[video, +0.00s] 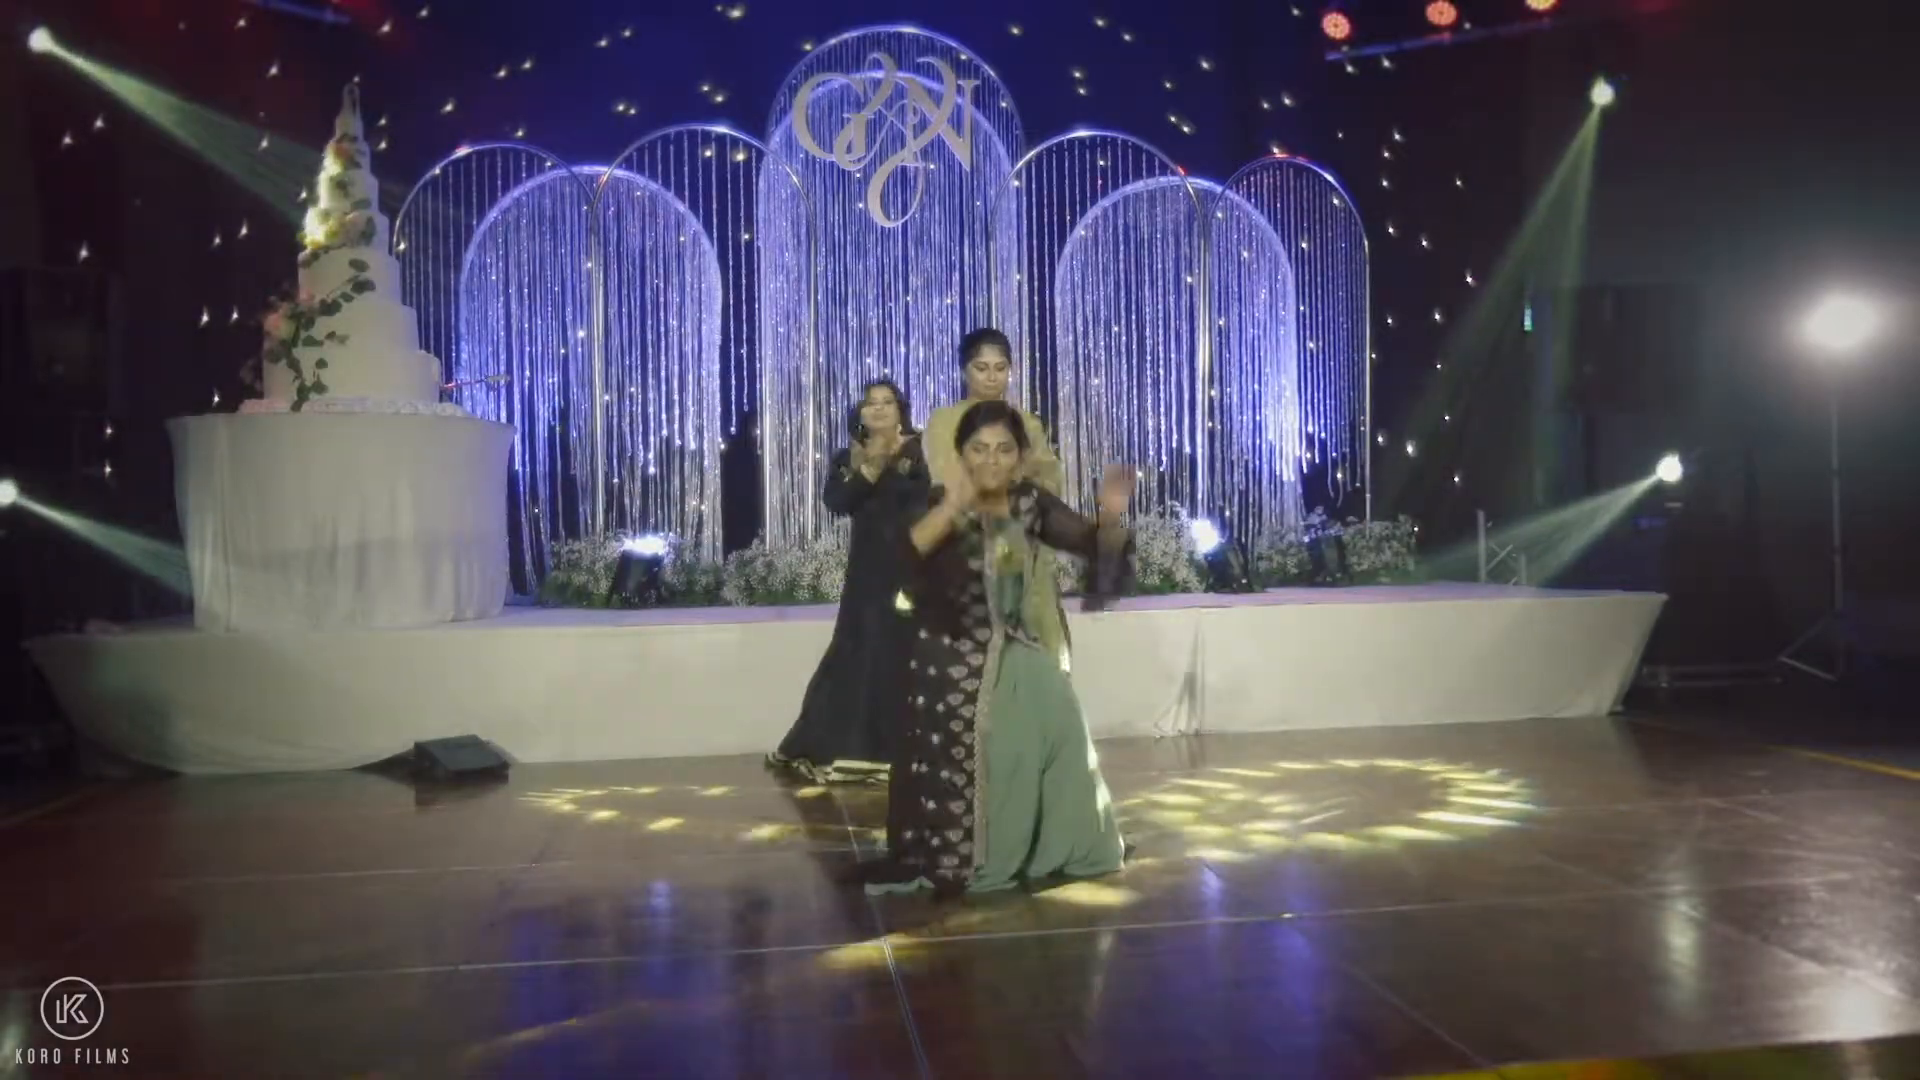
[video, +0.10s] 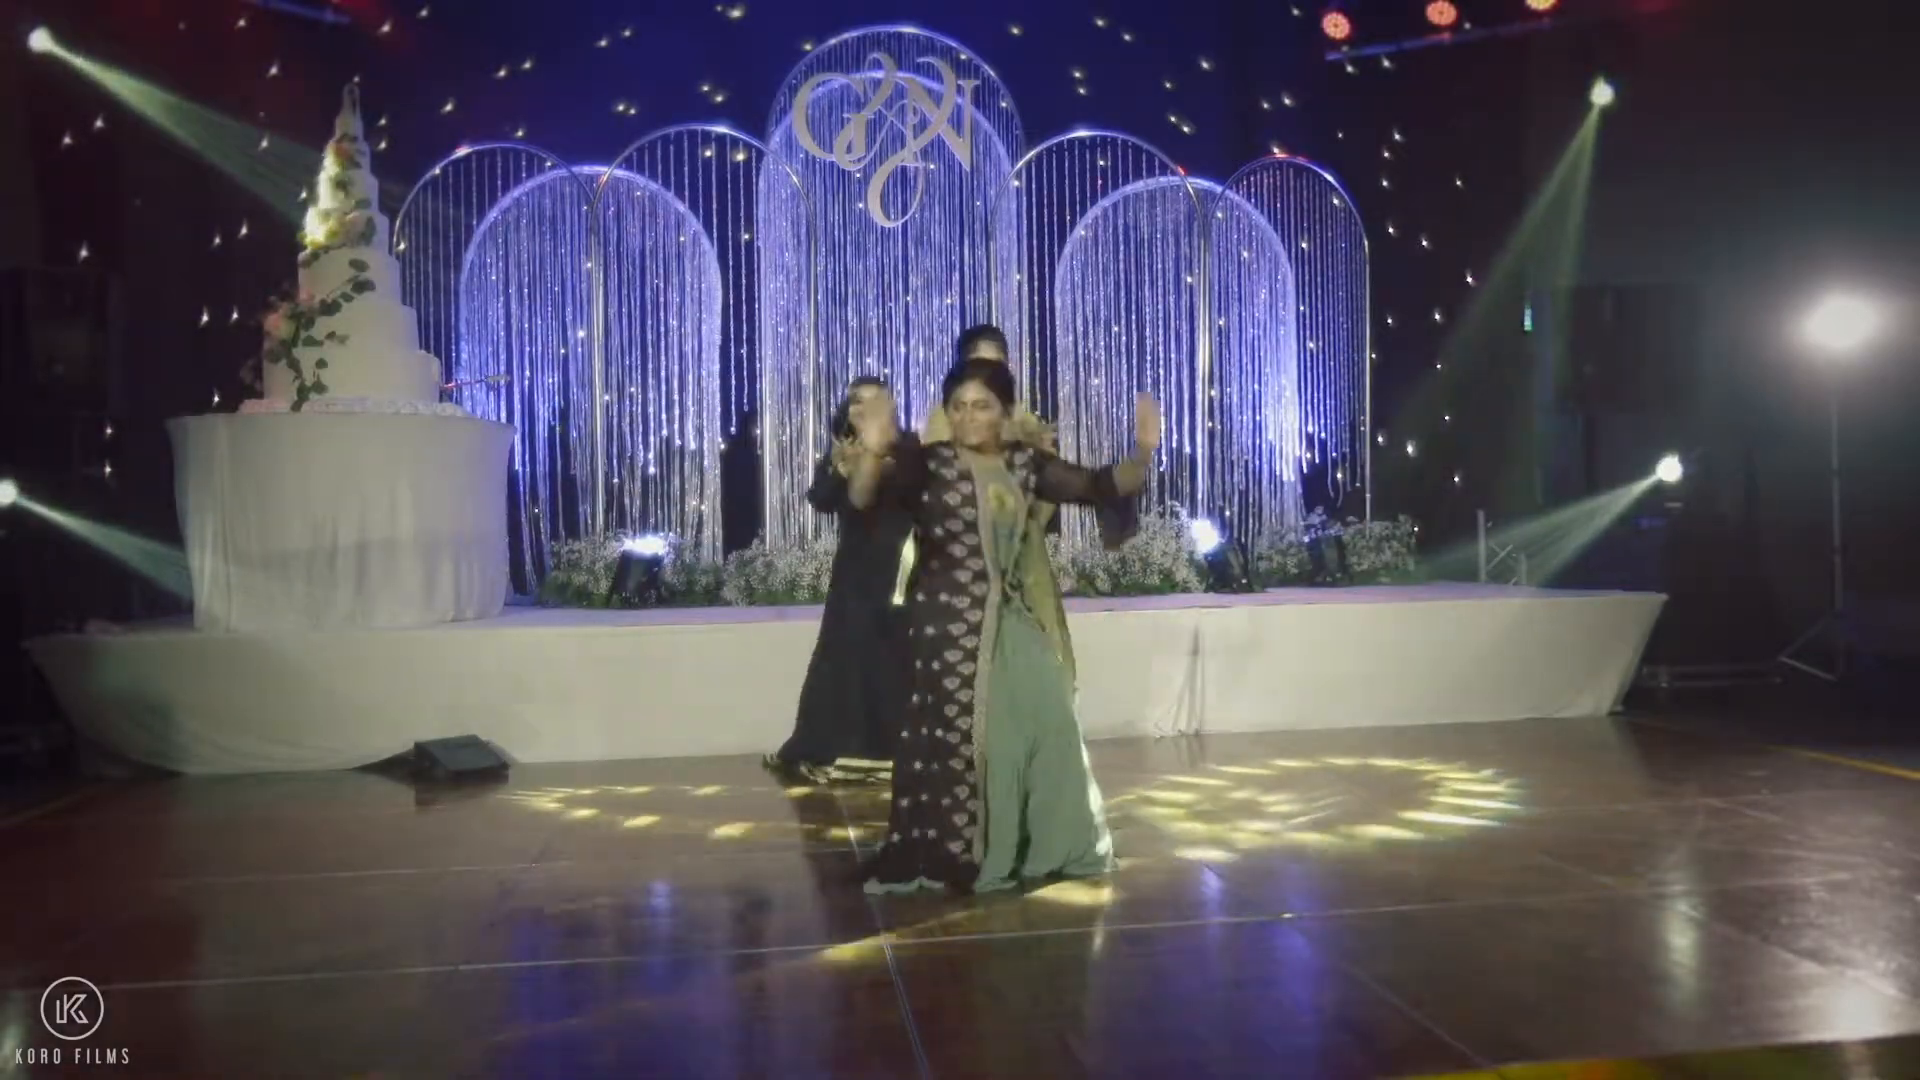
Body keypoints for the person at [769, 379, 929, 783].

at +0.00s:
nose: (879, 410)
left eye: (887, 403)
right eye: (871, 404)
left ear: (901, 411)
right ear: (860, 414)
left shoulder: (919, 452)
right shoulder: (849, 456)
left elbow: (926, 499)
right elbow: (835, 502)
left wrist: (893, 464)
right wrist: (870, 466)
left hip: (911, 566)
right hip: (867, 568)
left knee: (902, 656)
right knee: (854, 654)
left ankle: (900, 753)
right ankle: (804, 746)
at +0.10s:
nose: (863, 409)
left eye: (870, 401)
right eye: (856, 402)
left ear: (889, 405)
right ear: (847, 410)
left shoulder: (908, 450)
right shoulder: (840, 452)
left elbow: (918, 500)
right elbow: (820, 498)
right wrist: (842, 465)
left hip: (897, 565)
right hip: (854, 565)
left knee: (888, 653)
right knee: (840, 652)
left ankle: (885, 749)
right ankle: (814, 746)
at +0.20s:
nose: (860, 408)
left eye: (868, 402)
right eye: (853, 402)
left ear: (882, 410)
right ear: (842, 409)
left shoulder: (897, 453)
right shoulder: (834, 452)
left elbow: (913, 508)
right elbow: (812, 497)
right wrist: (822, 452)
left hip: (886, 559)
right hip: (845, 558)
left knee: (875, 653)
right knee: (832, 650)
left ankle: (872, 753)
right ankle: (816, 748)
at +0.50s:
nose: (875, 401)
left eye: (882, 394)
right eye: (867, 395)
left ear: (894, 401)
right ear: (852, 403)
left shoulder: (908, 448)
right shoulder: (839, 450)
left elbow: (922, 505)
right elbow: (820, 500)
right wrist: (776, 467)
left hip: (892, 563)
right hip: (845, 562)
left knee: (879, 654)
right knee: (829, 651)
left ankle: (878, 752)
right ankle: (822, 749)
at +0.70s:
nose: (902, 403)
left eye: (908, 395)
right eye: (892, 396)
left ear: (920, 399)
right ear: (875, 406)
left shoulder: (934, 450)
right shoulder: (863, 457)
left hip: (919, 564)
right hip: (873, 561)